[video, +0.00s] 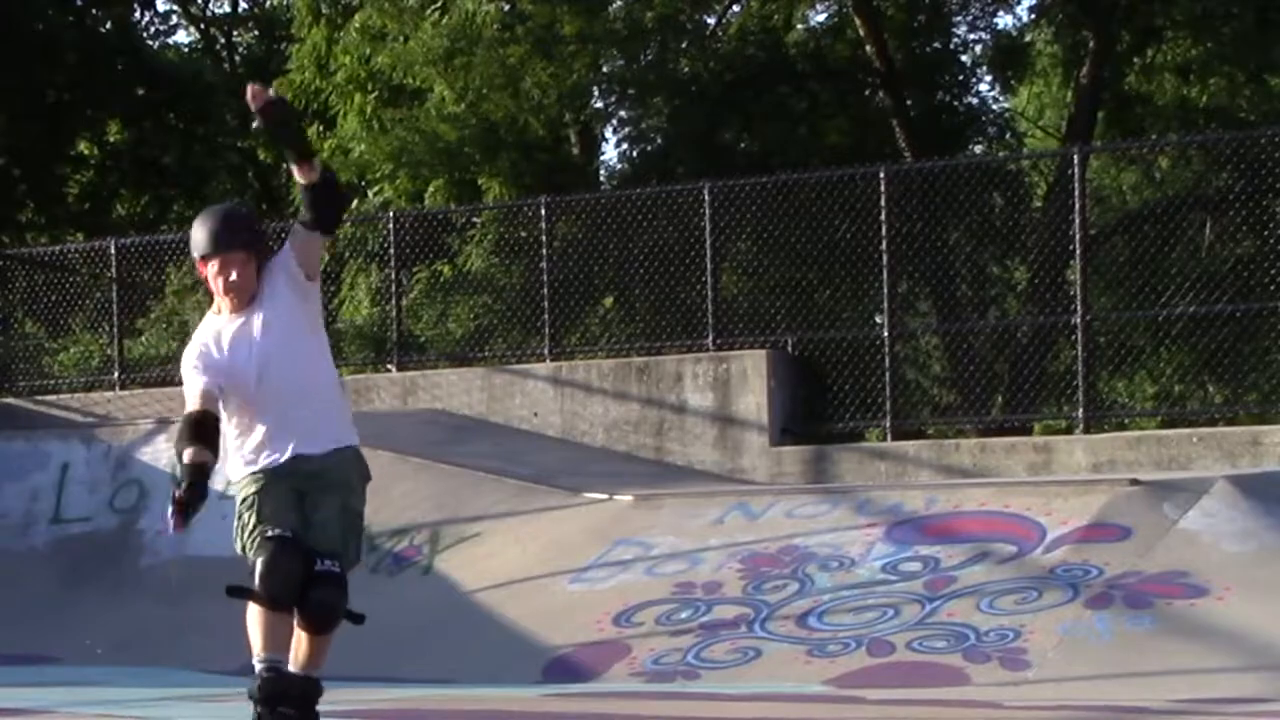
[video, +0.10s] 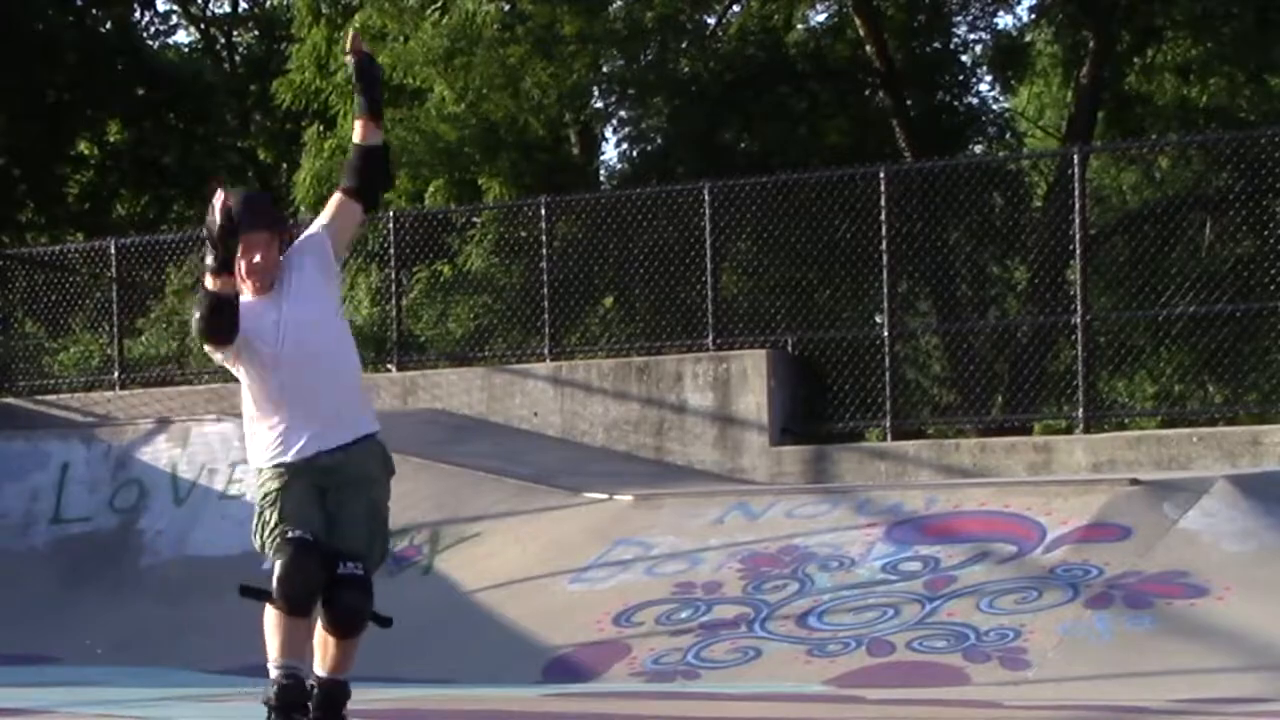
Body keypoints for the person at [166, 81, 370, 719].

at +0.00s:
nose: (226, 273)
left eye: (235, 259)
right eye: (214, 264)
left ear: (259, 254)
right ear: (201, 270)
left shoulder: (292, 279)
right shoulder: (204, 347)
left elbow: (324, 204)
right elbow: (201, 425)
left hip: (332, 456)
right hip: (262, 468)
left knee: (326, 591)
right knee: (279, 568)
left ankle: (300, 697)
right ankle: (270, 689)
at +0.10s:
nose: (257, 261)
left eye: (266, 248)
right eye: (247, 252)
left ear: (285, 241)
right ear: (232, 255)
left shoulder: (315, 254)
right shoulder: (227, 307)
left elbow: (365, 180)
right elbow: (215, 335)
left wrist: (368, 97)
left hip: (357, 450)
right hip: (284, 461)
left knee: (351, 592)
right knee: (299, 569)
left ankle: (329, 706)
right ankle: (286, 700)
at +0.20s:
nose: (282, 236)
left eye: (293, 222)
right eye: (271, 225)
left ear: (315, 216)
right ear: (253, 224)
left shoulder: (346, 246)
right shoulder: (246, 281)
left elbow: (409, 184)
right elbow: (229, 235)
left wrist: (429, 98)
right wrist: (240, 147)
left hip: (372, 440)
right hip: (297, 452)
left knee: (375, 591)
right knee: (322, 572)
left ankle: (353, 707)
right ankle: (310, 703)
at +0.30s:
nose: (325, 212)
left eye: (337, 199)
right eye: (313, 199)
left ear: (356, 198)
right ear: (292, 201)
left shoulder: (382, 239)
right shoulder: (278, 259)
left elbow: (456, 200)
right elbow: (260, 192)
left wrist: (497, 121)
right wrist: (277, 110)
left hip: (388, 438)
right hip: (313, 442)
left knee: (392, 587)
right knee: (345, 573)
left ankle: (376, 704)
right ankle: (335, 701)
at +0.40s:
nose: (372, 202)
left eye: (382, 189)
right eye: (360, 187)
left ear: (393, 190)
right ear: (328, 184)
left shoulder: (413, 235)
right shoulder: (306, 248)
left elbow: (488, 206)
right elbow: (286, 170)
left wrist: (534, 130)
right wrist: (315, 92)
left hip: (407, 438)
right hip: (331, 441)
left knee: (415, 587)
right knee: (369, 579)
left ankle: (401, 706)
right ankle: (362, 706)